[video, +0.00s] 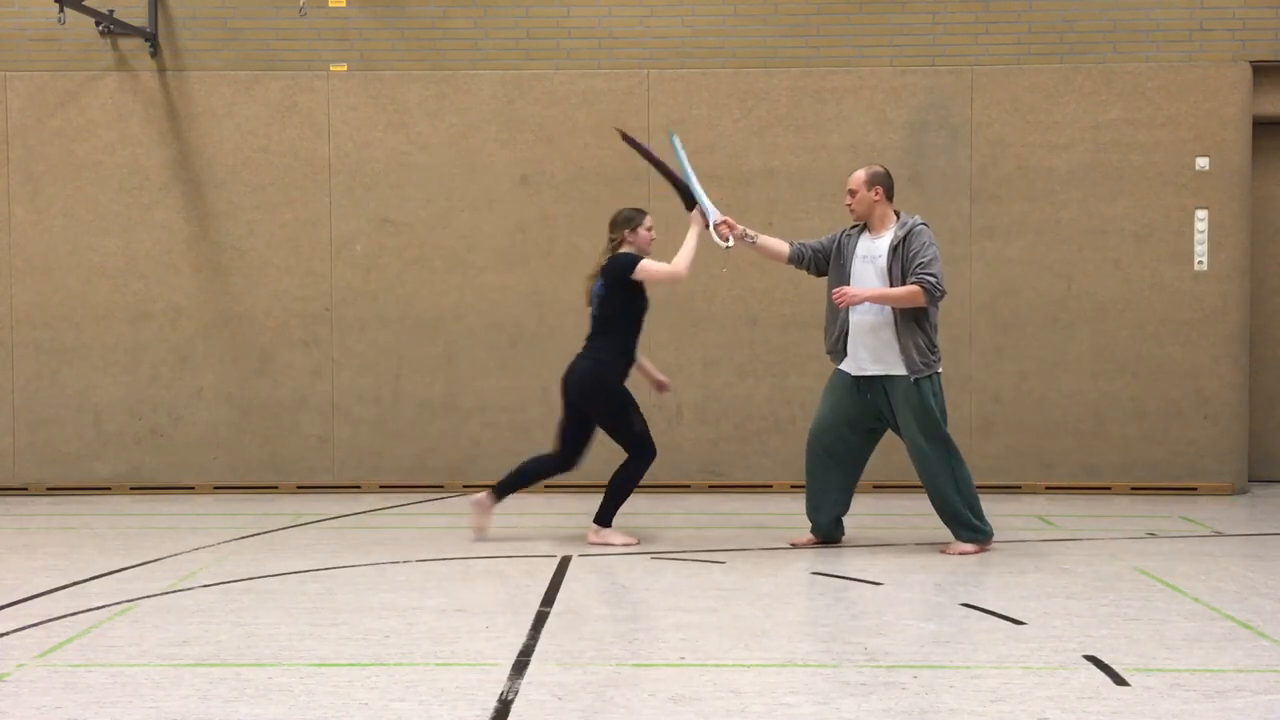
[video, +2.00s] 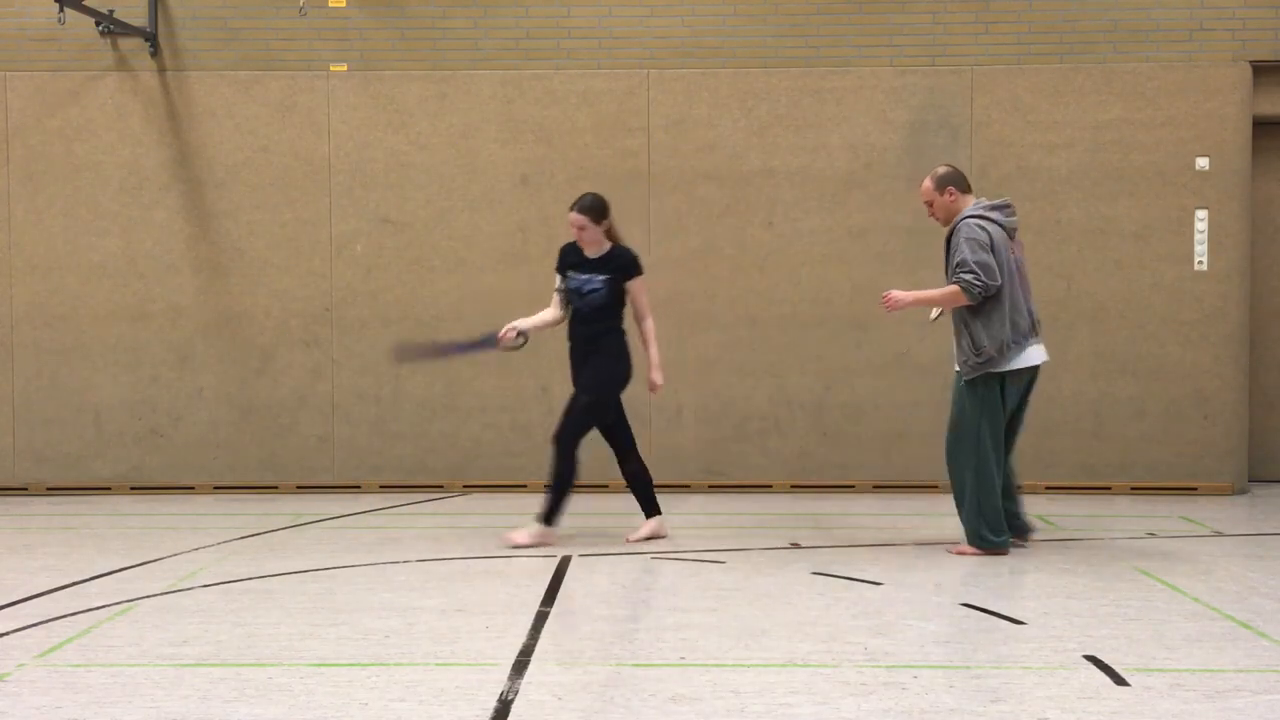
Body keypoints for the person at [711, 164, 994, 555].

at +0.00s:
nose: (846, 201)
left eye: (852, 193)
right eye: (846, 194)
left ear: (878, 194)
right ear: (866, 196)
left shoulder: (914, 234)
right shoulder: (845, 241)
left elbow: (928, 291)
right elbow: (798, 253)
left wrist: (867, 294)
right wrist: (742, 233)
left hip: (906, 372)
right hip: (853, 372)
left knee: (933, 451)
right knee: (824, 441)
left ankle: (974, 534)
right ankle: (826, 530)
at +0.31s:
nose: (853, 201)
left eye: (859, 194)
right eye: (852, 195)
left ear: (884, 194)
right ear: (875, 195)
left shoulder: (920, 235)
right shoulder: (852, 242)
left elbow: (934, 293)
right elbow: (815, 270)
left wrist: (874, 297)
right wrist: (768, 270)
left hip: (911, 372)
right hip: (858, 372)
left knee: (935, 453)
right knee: (828, 440)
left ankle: (974, 535)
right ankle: (826, 530)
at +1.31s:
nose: (856, 212)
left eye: (861, 205)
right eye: (854, 205)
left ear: (886, 201)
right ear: (876, 203)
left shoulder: (927, 237)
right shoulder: (857, 245)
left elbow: (945, 296)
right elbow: (832, 290)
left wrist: (891, 300)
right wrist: (803, 313)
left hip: (912, 370)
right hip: (861, 371)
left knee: (925, 451)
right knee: (833, 443)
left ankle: (970, 529)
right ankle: (826, 529)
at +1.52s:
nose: (879, 218)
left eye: (884, 210)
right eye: (878, 210)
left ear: (909, 205)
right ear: (900, 206)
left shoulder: (950, 242)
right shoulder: (886, 249)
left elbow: (961, 303)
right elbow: (865, 302)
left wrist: (901, 303)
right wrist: (833, 333)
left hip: (930, 373)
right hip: (885, 372)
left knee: (925, 453)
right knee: (851, 445)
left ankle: (982, 531)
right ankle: (828, 529)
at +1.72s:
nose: (906, 216)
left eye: (909, 207)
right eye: (903, 208)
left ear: (933, 199)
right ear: (929, 201)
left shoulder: (968, 236)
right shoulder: (932, 244)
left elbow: (973, 297)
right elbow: (929, 308)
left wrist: (909, 299)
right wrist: (891, 340)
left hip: (959, 370)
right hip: (928, 369)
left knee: (949, 456)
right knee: (902, 447)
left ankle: (988, 539)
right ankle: (873, 524)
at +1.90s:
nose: (920, 212)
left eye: (921, 204)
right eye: (917, 205)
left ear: (944, 195)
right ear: (943, 195)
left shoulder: (969, 230)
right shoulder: (966, 228)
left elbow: (976, 288)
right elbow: (973, 293)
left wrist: (911, 298)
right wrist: (938, 315)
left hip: (982, 363)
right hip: (963, 361)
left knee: (966, 445)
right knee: (940, 437)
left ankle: (988, 538)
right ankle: (952, 526)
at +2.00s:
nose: (929, 212)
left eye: (930, 204)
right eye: (926, 205)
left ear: (950, 195)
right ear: (953, 194)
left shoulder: (969, 229)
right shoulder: (991, 221)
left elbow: (973, 288)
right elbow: (997, 283)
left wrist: (912, 297)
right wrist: (952, 301)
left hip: (991, 364)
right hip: (1020, 358)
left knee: (969, 446)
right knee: (992, 446)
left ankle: (988, 539)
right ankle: (1013, 525)